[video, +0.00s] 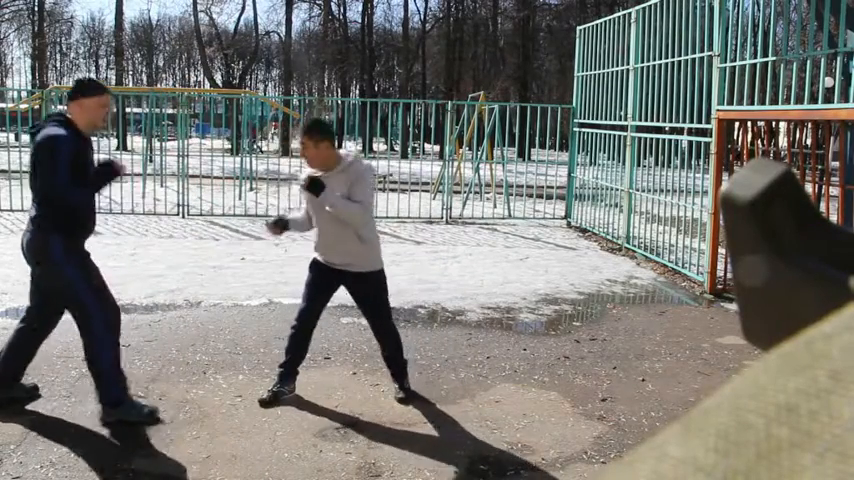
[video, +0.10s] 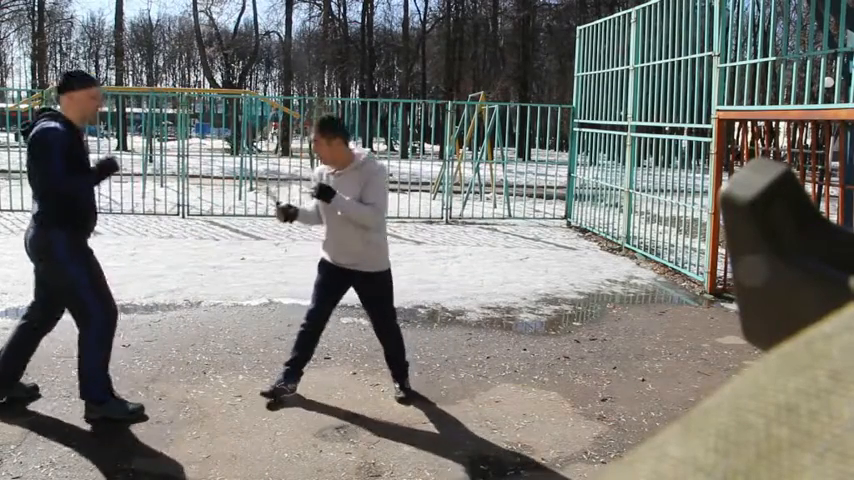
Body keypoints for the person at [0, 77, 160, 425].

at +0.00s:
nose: (105, 116)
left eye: (106, 109)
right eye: (100, 108)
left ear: (82, 108)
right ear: (77, 106)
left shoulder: (71, 137)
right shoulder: (57, 140)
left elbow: (73, 188)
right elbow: (66, 195)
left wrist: (105, 171)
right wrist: (107, 171)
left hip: (54, 246)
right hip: (58, 249)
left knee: (40, 319)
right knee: (102, 316)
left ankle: (6, 383)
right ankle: (116, 404)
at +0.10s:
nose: (98, 106)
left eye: (98, 99)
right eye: (92, 98)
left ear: (74, 101)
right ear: (68, 99)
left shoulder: (65, 132)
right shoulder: (51, 134)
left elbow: (65, 186)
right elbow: (59, 188)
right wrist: (100, 172)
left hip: (56, 240)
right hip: (59, 243)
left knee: (42, 314)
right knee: (100, 314)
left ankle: (5, 382)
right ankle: (99, 401)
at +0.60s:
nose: (91, 102)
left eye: (90, 95)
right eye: (85, 95)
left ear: (62, 99)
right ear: (61, 98)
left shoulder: (53, 130)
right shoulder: (56, 134)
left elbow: (65, 186)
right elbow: (70, 187)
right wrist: (113, 178)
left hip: (49, 239)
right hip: (68, 242)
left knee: (56, 308)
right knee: (109, 312)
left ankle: (8, 376)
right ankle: (118, 399)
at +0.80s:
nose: (111, 110)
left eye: (110, 103)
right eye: (107, 103)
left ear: (84, 101)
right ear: (88, 102)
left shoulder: (61, 126)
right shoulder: (75, 133)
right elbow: (103, 187)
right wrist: (155, 205)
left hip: (30, 233)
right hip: (50, 237)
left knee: (46, 305)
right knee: (94, 306)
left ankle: (7, 370)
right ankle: (103, 395)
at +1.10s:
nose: (88, 132)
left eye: (89, 126)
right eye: (83, 125)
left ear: (62, 123)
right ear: (59, 120)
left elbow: (88, 200)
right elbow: (72, 210)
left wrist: (126, 232)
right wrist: (131, 231)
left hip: (29, 249)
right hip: (22, 251)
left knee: (35, 311)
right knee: (77, 311)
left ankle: (0, 369)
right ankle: (98, 397)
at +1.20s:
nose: (79, 111)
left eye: (79, 103)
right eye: (74, 103)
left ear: (53, 103)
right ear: (50, 102)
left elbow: (69, 183)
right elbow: (43, 189)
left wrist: (101, 202)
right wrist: (98, 204)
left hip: (26, 237)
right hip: (18, 240)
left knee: (14, 307)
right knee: (57, 309)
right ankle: (84, 394)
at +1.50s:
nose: (48, 111)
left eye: (48, 104)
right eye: (44, 103)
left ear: (20, 103)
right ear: (21, 102)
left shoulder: (13, 136)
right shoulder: (10, 139)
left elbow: (21, 189)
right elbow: (20, 191)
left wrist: (56, 183)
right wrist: (61, 183)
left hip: (11, 243)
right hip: (16, 244)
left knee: (5, 313)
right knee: (61, 310)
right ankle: (48, 395)